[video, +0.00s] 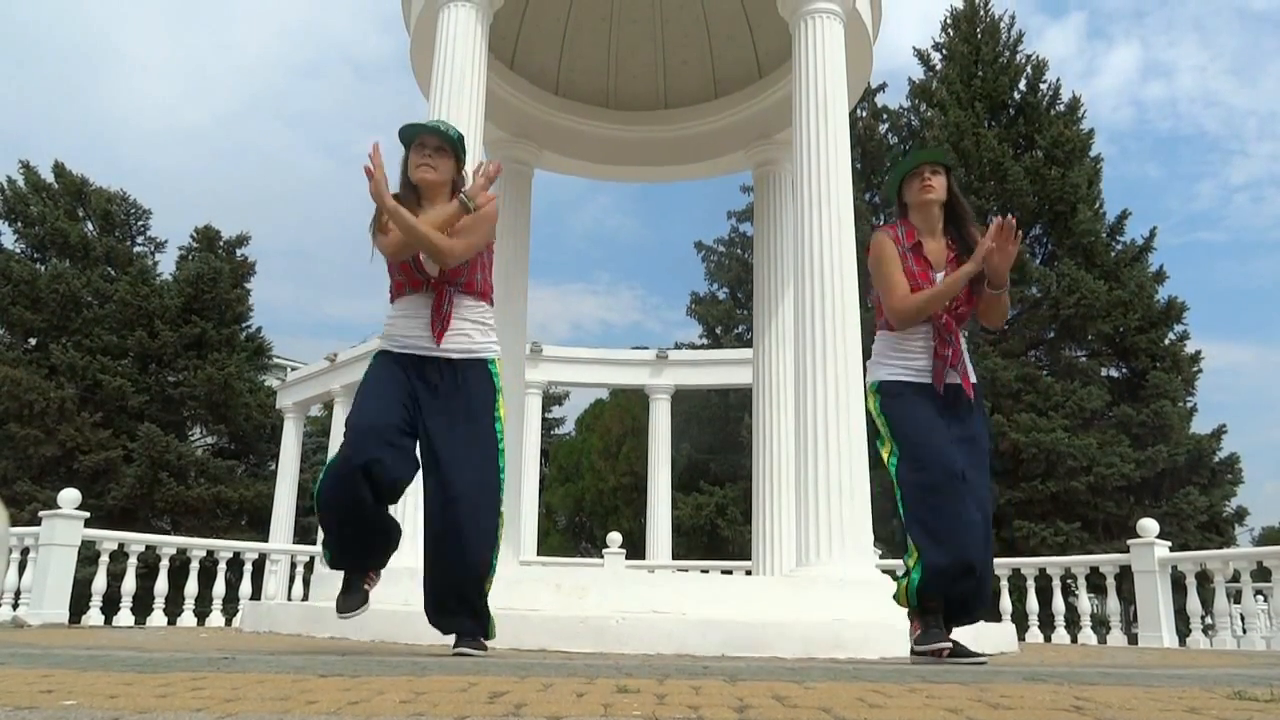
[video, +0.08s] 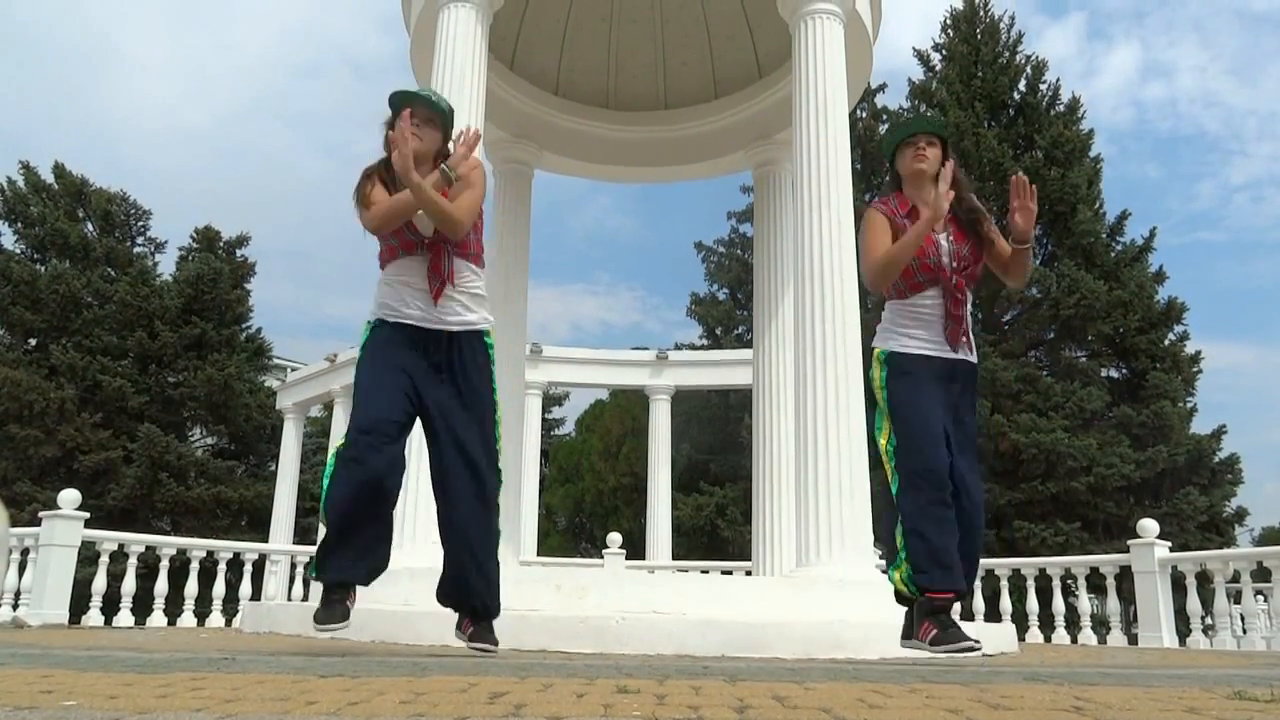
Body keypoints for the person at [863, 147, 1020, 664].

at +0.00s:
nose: (927, 177)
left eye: (936, 172)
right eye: (917, 173)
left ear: (949, 190)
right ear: (902, 193)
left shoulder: (965, 243)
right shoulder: (887, 240)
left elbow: (993, 320)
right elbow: (899, 311)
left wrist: (999, 275)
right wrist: (971, 268)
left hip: (955, 383)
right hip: (900, 381)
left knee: (969, 489)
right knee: (938, 482)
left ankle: (938, 627)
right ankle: (926, 622)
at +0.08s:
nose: (921, 148)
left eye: (930, 143)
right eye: (911, 144)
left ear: (948, 162)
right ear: (895, 163)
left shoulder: (969, 213)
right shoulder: (883, 211)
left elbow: (1014, 276)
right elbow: (876, 278)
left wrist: (1021, 237)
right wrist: (926, 222)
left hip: (958, 363)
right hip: (905, 359)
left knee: (963, 481)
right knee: (927, 475)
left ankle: (935, 610)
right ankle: (931, 613)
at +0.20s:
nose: (924, 143)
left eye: (933, 138)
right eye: (913, 139)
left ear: (948, 156)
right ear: (897, 159)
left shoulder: (972, 213)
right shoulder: (885, 215)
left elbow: (1013, 262)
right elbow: (830, 271)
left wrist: (1057, 227)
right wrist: (840, 203)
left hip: (957, 370)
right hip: (902, 366)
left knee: (933, 484)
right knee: (927, 483)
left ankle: (889, 592)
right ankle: (925, 629)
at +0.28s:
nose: (930, 147)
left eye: (939, 141)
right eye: (919, 142)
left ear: (955, 160)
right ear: (902, 162)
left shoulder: (972, 222)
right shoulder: (886, 213)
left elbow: (1011, 290)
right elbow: (855, 286)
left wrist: (1048, 251)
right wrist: (895, 217)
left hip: (950, 370)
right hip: (901, 363)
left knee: (936, 480)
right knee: (937, 475)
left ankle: (884, 596)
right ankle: (924, 630)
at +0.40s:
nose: (944, 148)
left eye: (954, 143)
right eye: (933, 143)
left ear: (965, 162)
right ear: (916, 160)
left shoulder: (970, 219)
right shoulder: (906, 202)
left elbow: (998, 299)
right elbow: (912, 278)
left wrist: (1019, 251)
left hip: (933, 365)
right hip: (891, 360)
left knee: (910, 488)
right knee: (934, 484)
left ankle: (884, 612)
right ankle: (922, 628)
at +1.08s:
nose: (921, 226)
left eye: (930, 221)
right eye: (912, 220)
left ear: (940, 233)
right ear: (894, 228)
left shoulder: (927, 291)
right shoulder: (879, 255)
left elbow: (952, 359)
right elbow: (844, 300)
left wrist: (980, 329)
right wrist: (912, 269)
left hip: (911, 395)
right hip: (879, 387)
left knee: (936, 502)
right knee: (922, 495)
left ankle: (886, 635)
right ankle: (914, 635)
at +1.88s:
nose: (936, 259)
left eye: (944, 257)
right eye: (928, 254)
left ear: (950, 277)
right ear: (910, 265)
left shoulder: (934, 329)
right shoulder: (893, 281)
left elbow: (934, 411)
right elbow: (827, 321)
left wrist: (976, 396)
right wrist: (888, 317)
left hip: (914, 430)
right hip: (876, 418)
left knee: (956, 534)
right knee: (930, 510)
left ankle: (888, 644)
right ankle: (922, 644)